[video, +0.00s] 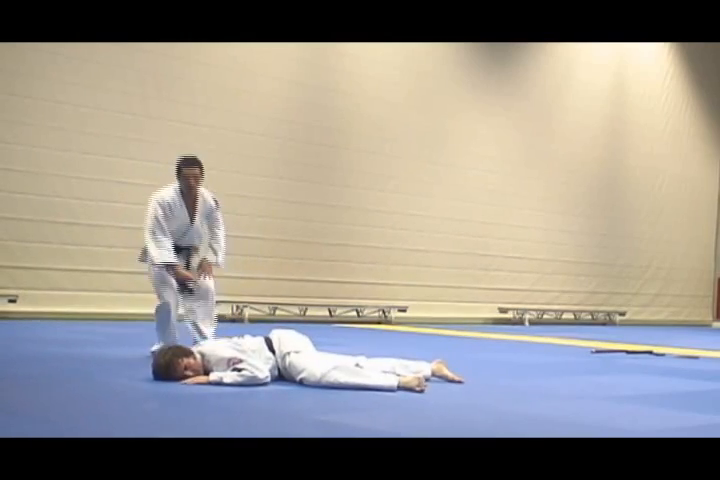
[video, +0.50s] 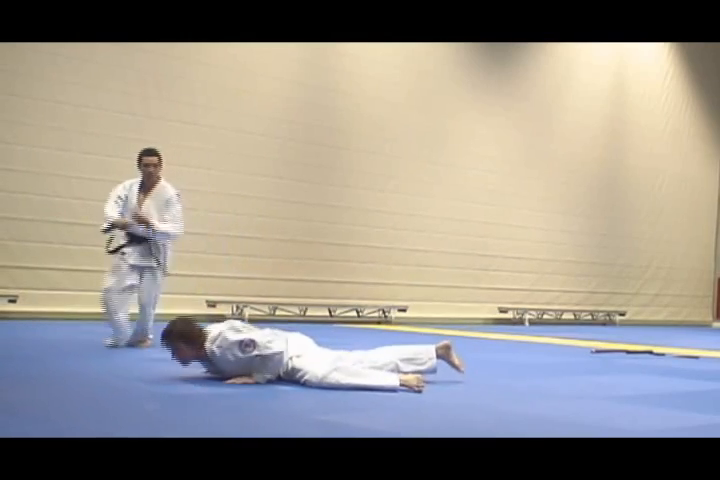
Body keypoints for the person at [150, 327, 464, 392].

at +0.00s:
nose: (189, 375)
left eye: (185, 370)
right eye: (183, 375)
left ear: (189, 359)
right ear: (184, 364)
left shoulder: (213, 351)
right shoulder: (203, 352)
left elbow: (259, 372)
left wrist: (214, 379)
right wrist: (207, 369)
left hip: (280, 348)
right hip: (280, 349)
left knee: (317, 373)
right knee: (350, 365)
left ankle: (400, 381)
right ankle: (427, 368)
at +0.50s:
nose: (175, 359)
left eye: (175, 353)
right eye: (173, 354)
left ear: (189, 344)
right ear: (189, 341)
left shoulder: (223, 341)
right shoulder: (210, 347)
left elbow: (272, 347)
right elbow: (237, 356)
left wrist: (255, 374)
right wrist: (220, 370)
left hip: (292, 355)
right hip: (292, 350)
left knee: (324, 377)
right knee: (357, 363)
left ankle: (397, 381)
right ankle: (434, 353)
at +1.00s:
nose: (198, 283)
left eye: (201, 278)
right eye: (198, 278)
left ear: (215, 278)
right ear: (220, 274)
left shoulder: (247, 295)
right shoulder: (227, 297)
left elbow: (262, 339)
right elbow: (234, 336)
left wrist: (258, 375)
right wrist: (230, 366)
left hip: (304, 336)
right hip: (294, 350)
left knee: (318, 375)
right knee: (363, 366)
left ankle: (393, 377)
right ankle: (433, 347)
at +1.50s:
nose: (239, 280)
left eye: (239, 275)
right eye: (238, 275)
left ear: (250, 273)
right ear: (262, 262)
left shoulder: (283, 281)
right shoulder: (277, 279)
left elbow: (279, 331)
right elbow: (256, 324)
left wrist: (263, 374)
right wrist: (234, 362)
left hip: (353, 301)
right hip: (364, 298)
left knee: (321, 369)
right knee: (374, 367)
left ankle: (386, 367)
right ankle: (439, 363)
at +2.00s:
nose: (267, 243)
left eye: (266, 238)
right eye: (266, 237)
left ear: (273, 239)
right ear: (293, 226)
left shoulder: (286, 264)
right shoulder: (325, 236)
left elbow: (272, 316)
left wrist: (251, 360)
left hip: (353, 304)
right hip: (379, 292)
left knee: (326, 370)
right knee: (381, 359)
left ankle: (379, 371)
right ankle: (437, 374)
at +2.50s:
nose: (356, 194)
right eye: (356, 190)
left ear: (325, 193)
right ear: (354, 192)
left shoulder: (308, 221)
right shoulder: (361, 212)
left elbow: (301, 268)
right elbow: (373, 255)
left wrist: (307, 310)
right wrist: (390, 282)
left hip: (318, 298)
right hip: (351, 290)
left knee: (324, 367)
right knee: (417, 307)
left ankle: (304, 356)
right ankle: (408, 372)